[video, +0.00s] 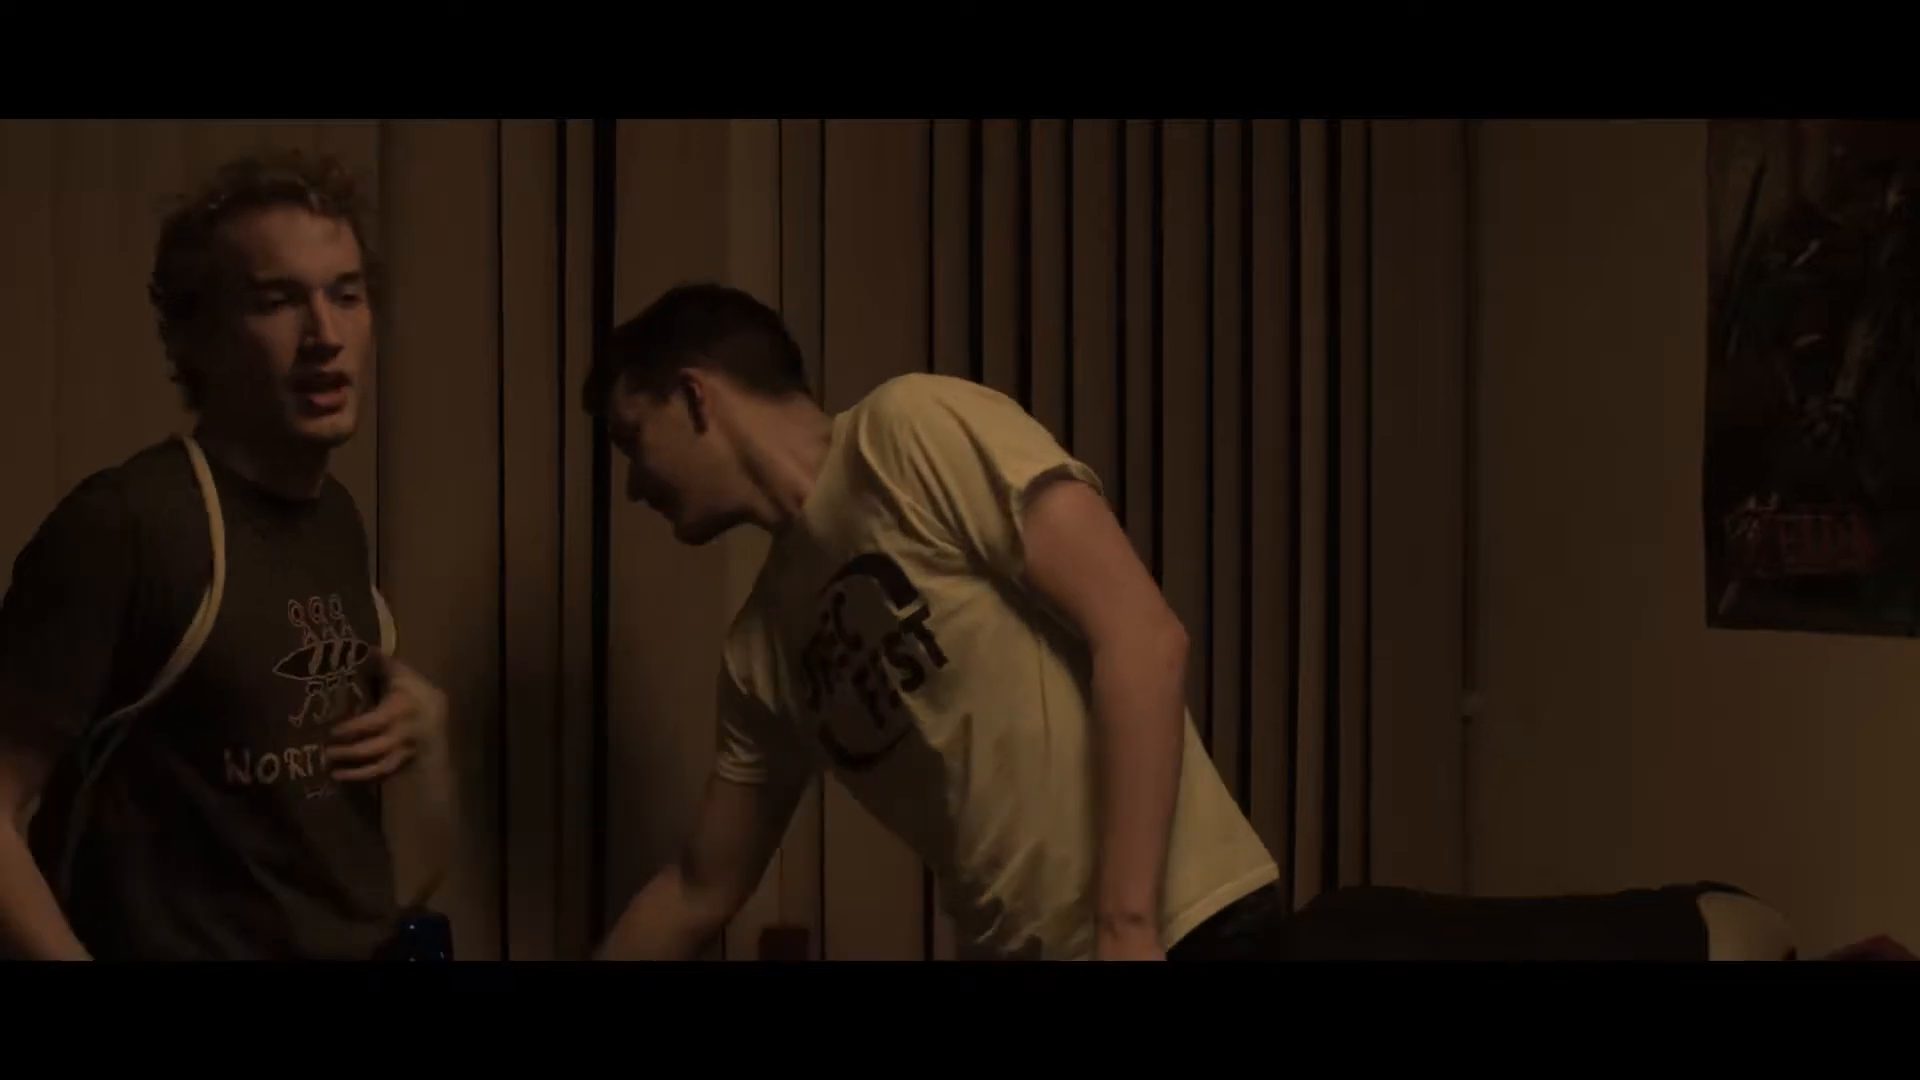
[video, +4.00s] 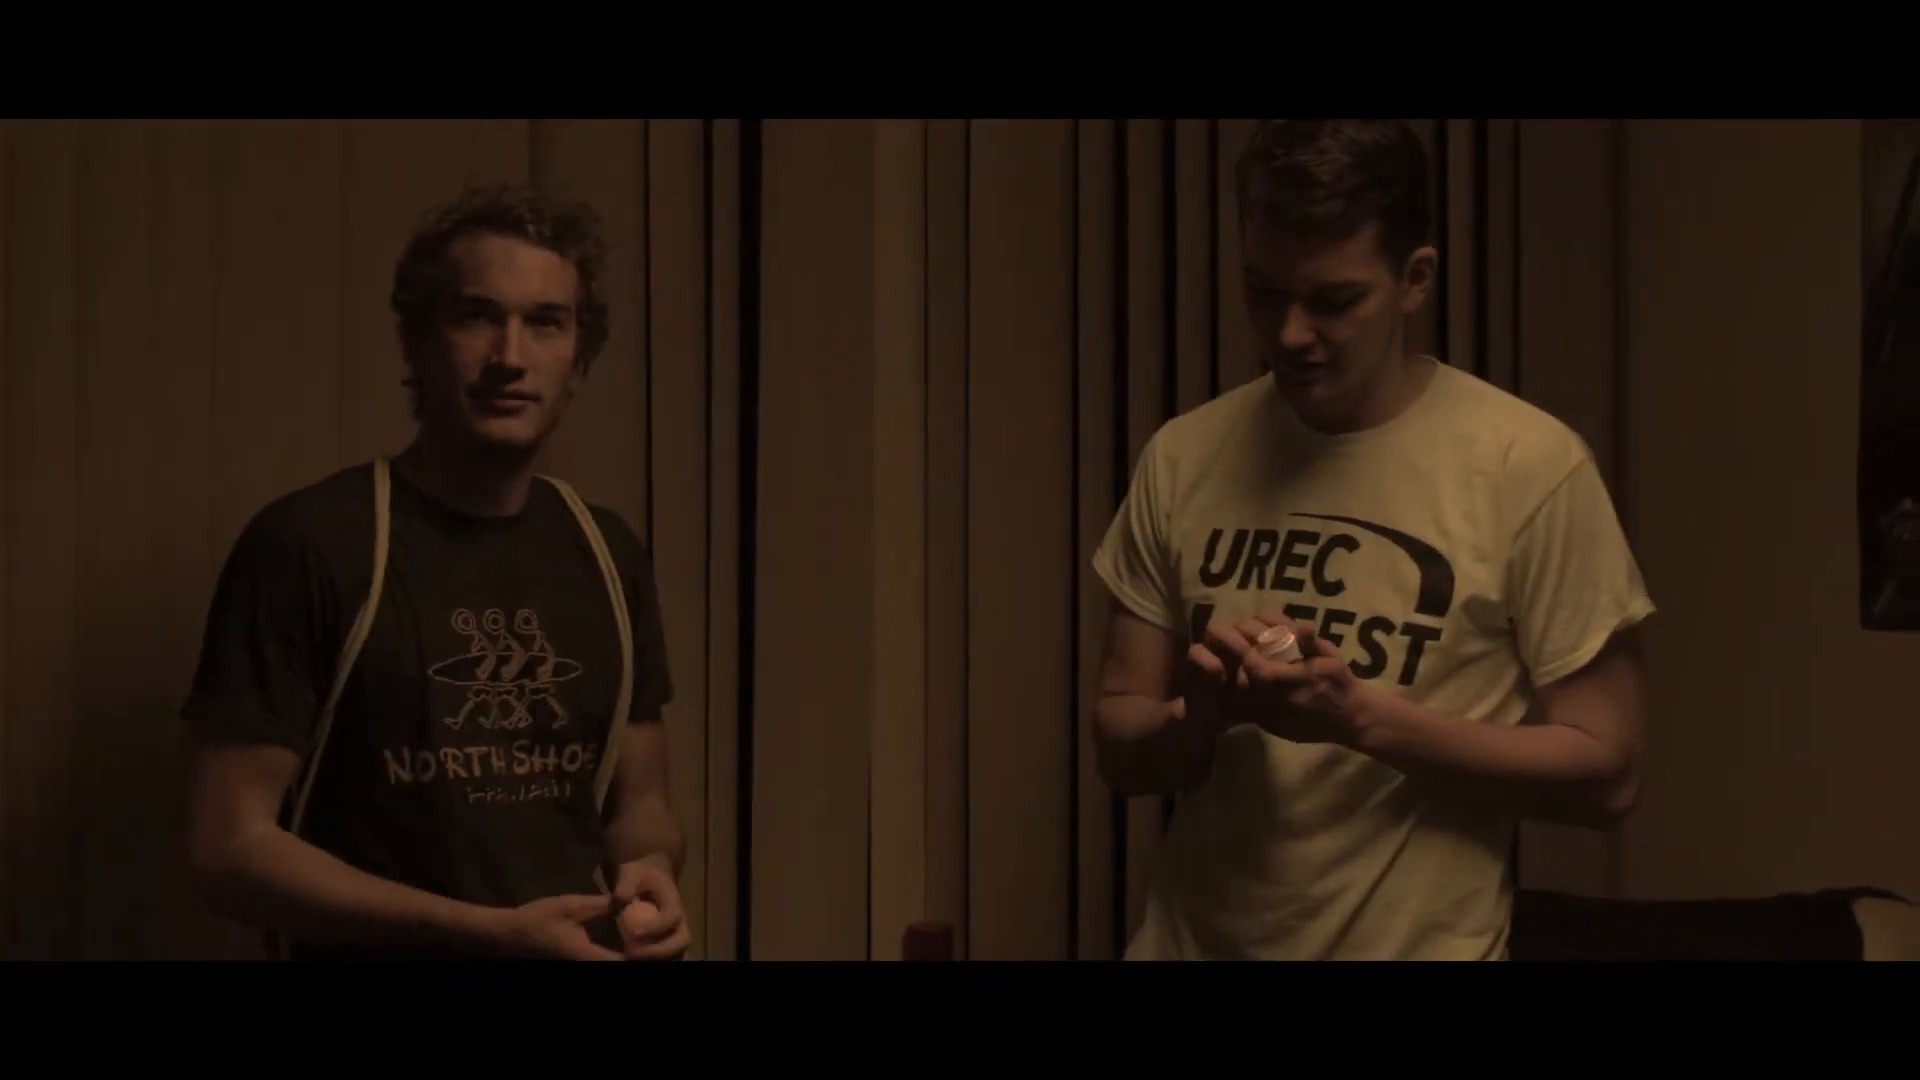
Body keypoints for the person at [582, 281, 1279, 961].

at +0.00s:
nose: (632, 480)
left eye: (631, 436)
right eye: (622, 452)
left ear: (699, 395)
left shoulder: (912, 422)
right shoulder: (764, 648)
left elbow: (1141, 635)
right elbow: (699, 887)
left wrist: (1127, 920)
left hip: (1188, 913)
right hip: (1025, 948)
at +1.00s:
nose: (958, 282)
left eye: (1001, 251)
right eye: (936, 251)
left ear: (1079, 273)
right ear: (915, 267)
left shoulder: (1201, 444)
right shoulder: (915, 483)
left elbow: (1329, 722)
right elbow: (908, 728)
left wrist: (1080, 861)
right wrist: (902, 836)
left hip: (1205, 940)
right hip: (1002, 937)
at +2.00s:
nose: (1264, 349)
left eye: (1310, 318)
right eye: (1239, 306)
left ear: (1378, 311)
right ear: (1204, 280)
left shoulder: (1473, 512)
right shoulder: (1103, 492)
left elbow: (1539, 807)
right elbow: (1037, 762)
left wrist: (1338, 811)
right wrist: (1109, 794)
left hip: (1371, 950)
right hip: (1148, 947)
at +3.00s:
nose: (1212, 320)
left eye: (1256, 287)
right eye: (1188, 279)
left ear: (1332, 280)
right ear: (1162, 253)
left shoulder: (1434, 477)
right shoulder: (1075, 464)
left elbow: (1505, 769)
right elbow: (1016, 763)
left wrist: (1283, 749)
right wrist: (1060, 727)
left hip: (1311, 945)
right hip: (1088, 941)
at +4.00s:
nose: (1292, 334)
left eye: (1334, 300)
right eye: (1269, 296)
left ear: (1416, 280)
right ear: (1246, 277)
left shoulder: (1530, 469)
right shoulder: (1183, 459)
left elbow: (1606, 771)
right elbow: (1119, 740)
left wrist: (1360, 714)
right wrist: (1196, 718)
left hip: (1419, 943)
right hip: (1192, 939)